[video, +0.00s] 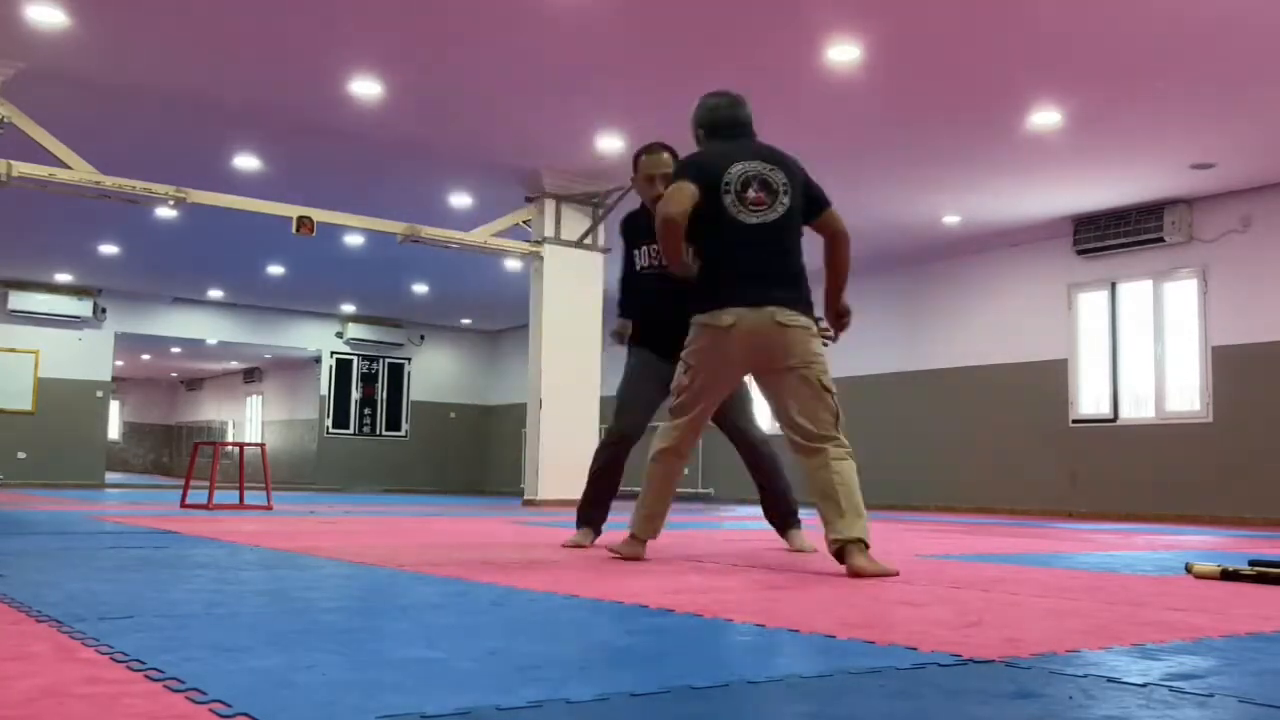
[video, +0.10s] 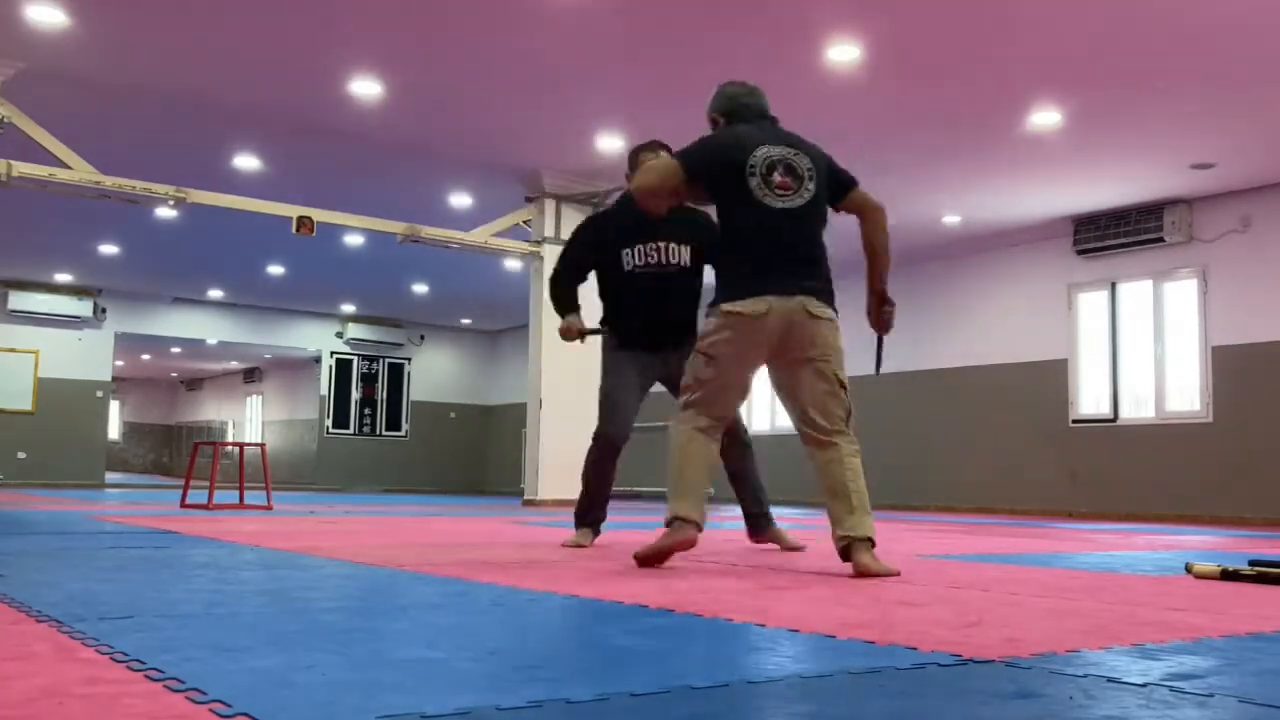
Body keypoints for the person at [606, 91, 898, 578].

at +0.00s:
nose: (691, 142)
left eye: (692, 135)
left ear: (701, 132)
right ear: (749, 126)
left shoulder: (699, 163)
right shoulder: (787, 166)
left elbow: (671, 210)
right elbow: (836, 232)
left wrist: (677, 265)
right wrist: (836, 300)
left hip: (721, 321)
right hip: (790, 321)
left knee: (677, 428)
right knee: (823, 439)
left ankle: (638, 536)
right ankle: (853, 548)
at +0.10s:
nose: (710, 130)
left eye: (710, 123)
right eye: (712, 124)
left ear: (719, 119)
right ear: (766, 111)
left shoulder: (719, 146)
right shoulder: (812, 155)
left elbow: (645, 187)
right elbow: (872, 211)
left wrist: (676, 192)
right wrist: (878, 291)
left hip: (742, 308)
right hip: (812, 309)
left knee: (699, 416)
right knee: (831, 432)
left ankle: (684, 521)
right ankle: (859, 547)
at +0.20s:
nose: (706, 131)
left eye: (706, 124)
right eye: (708, 125)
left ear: (715, 119)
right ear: (764, 110)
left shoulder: (708, 145)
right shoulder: (807, 140)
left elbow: (634, 190)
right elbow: (875, 174)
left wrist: (672, 223)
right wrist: (881, 257)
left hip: (753, 291)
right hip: (820, 292)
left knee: (704, 415)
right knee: (834, 424)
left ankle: (683, 532)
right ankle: (862, 542)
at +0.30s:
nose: (702, 136)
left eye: (704, 128)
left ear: (709, 126)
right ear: (759, 118)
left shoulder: (697, 155)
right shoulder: (796, 136)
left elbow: (632, 214)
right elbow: (864, 145)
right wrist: (879, 232)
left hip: (750, 286)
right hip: (820, 287)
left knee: (709, 414)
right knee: (842, 416)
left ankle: (685, 540)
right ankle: (866, 539)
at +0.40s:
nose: (701, 144)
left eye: (701, 137)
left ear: (709, 134)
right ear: (761, 123)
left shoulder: (694, 163)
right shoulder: (794, 137)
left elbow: (622, 213)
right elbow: (858, 136)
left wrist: (574, 261)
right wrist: (881, 221)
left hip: (746, 291)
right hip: (818, 288)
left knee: (711, 421)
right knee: (847, 416)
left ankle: (683, 545)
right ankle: (869, 534)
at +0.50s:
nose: (717, 137)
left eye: (718, 130)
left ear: (724, 129)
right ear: (773, 121)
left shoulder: (710, 160)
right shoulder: (809, 139)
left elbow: (655, 223)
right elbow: (874, 147)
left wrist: (624, 278)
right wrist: (878, 232)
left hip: (754, 294)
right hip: (826, 291)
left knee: (712, 422)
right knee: (855, 420)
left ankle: (684, 542)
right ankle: (886, 545)